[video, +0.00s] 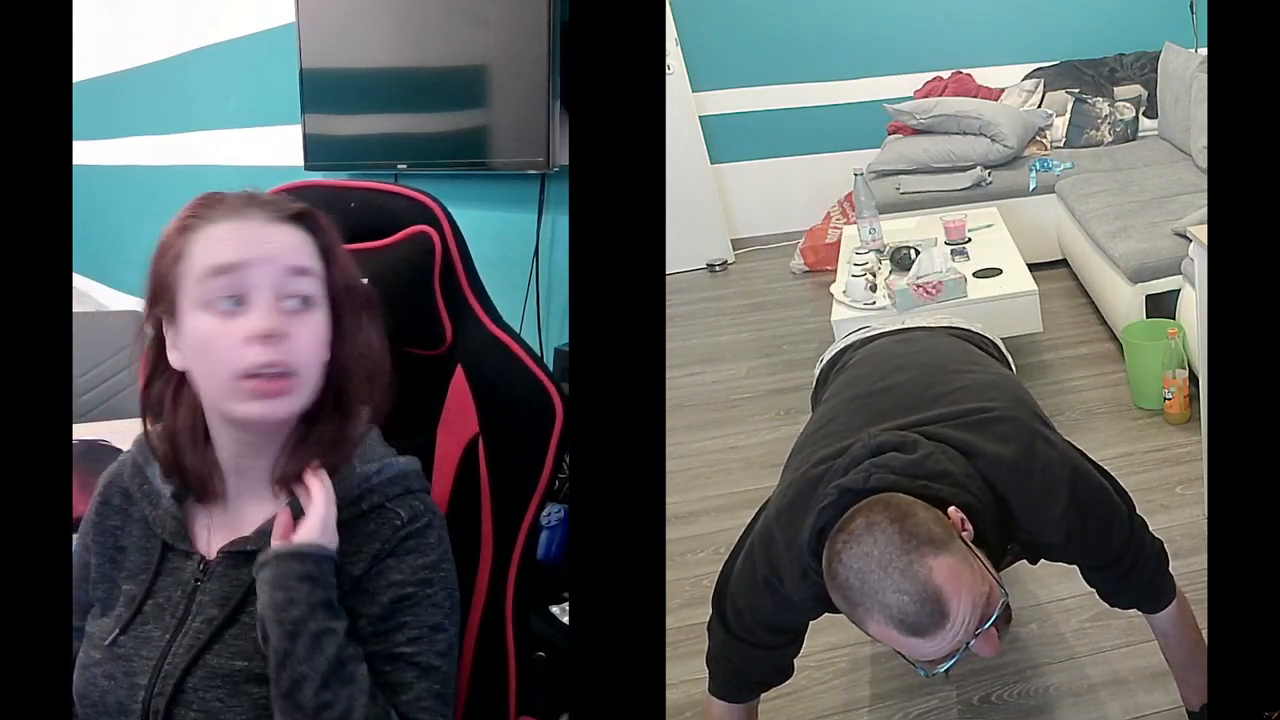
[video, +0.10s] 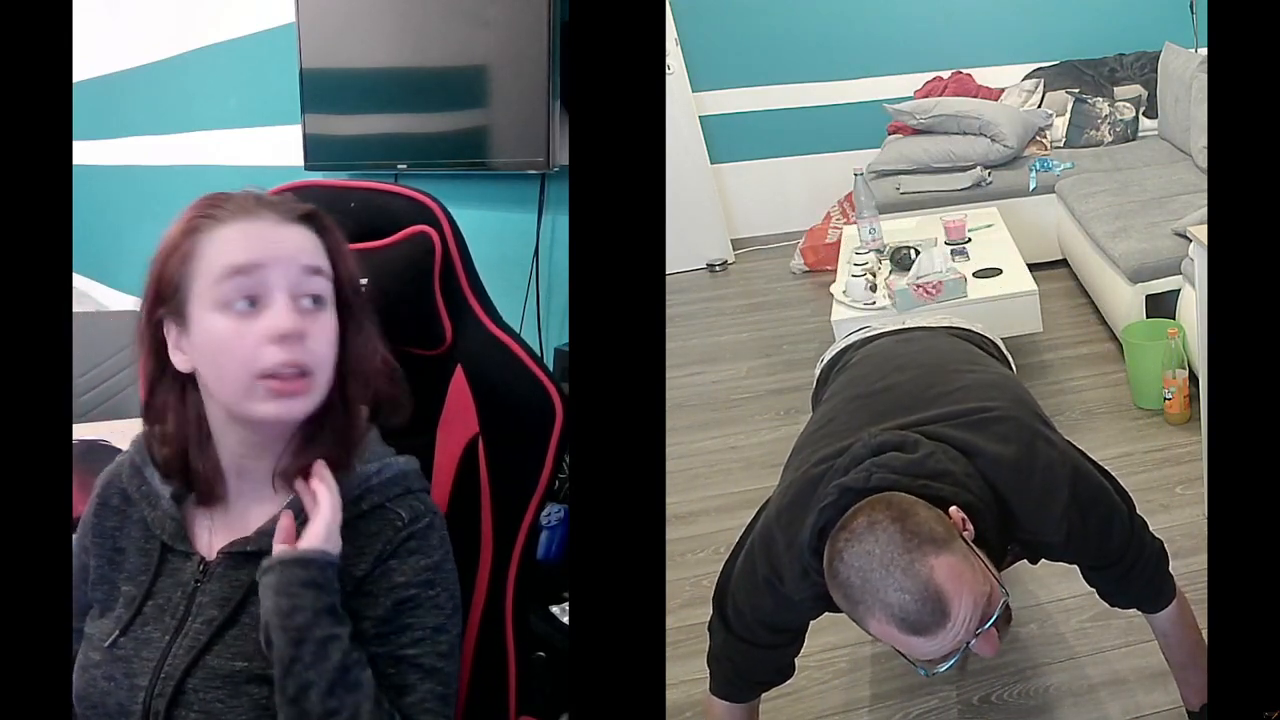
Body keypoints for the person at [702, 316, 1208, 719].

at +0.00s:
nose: (989, 647)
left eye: (986, 614)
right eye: (949, 655)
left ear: (961, 527)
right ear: (860, 622)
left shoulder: (1048, 485)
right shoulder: (771, 570)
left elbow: (1163, 601)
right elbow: (728, 699)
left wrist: (1199, 704)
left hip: (964, 335)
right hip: (845, 356)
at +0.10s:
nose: (989, 648)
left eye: (987, 614)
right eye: (948, 655)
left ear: (962, 527)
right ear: (862, 622)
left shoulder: (1049, 485)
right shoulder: (772, 568)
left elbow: (1163, 602)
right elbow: (729, 698)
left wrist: (1200, 704)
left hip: (965, 335)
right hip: (845, 356)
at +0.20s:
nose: (988, 645)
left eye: (986, 611)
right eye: (947, 651)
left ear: (965, 524)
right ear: (860, 614)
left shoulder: (1048, 482)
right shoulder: (775, 566)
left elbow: (1162, 600)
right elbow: (732, 697)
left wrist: (1200, 704)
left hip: (965, 335)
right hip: (845, 355)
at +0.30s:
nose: (982, 645)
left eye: (982, 609)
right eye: (940, 646)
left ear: (967, 522)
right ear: (858, 603)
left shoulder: (1051, 482)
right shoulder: (777, 563)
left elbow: (1162, 601)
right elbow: (734, 697)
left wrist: (1199, 703)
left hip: (966, 333)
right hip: (845, 353)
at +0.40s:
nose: (969, 634)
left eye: (968, 591)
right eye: (926, 628)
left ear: (967, 512)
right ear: (855, 583)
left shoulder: (1052, 483)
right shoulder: (780, 557)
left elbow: (1161, 601)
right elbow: (735, 696)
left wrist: (1199, 704)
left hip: (966, 334)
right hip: (846, 352)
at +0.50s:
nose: (959, 624)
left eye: (964, 578)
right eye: (915, 614)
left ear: (966, 504)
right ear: (852, 574)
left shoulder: (1050, 479)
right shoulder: (781, 554)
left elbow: (1159, 600)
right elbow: (737, 697)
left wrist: (1199, 703)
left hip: (966, 334)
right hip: (846, 352)